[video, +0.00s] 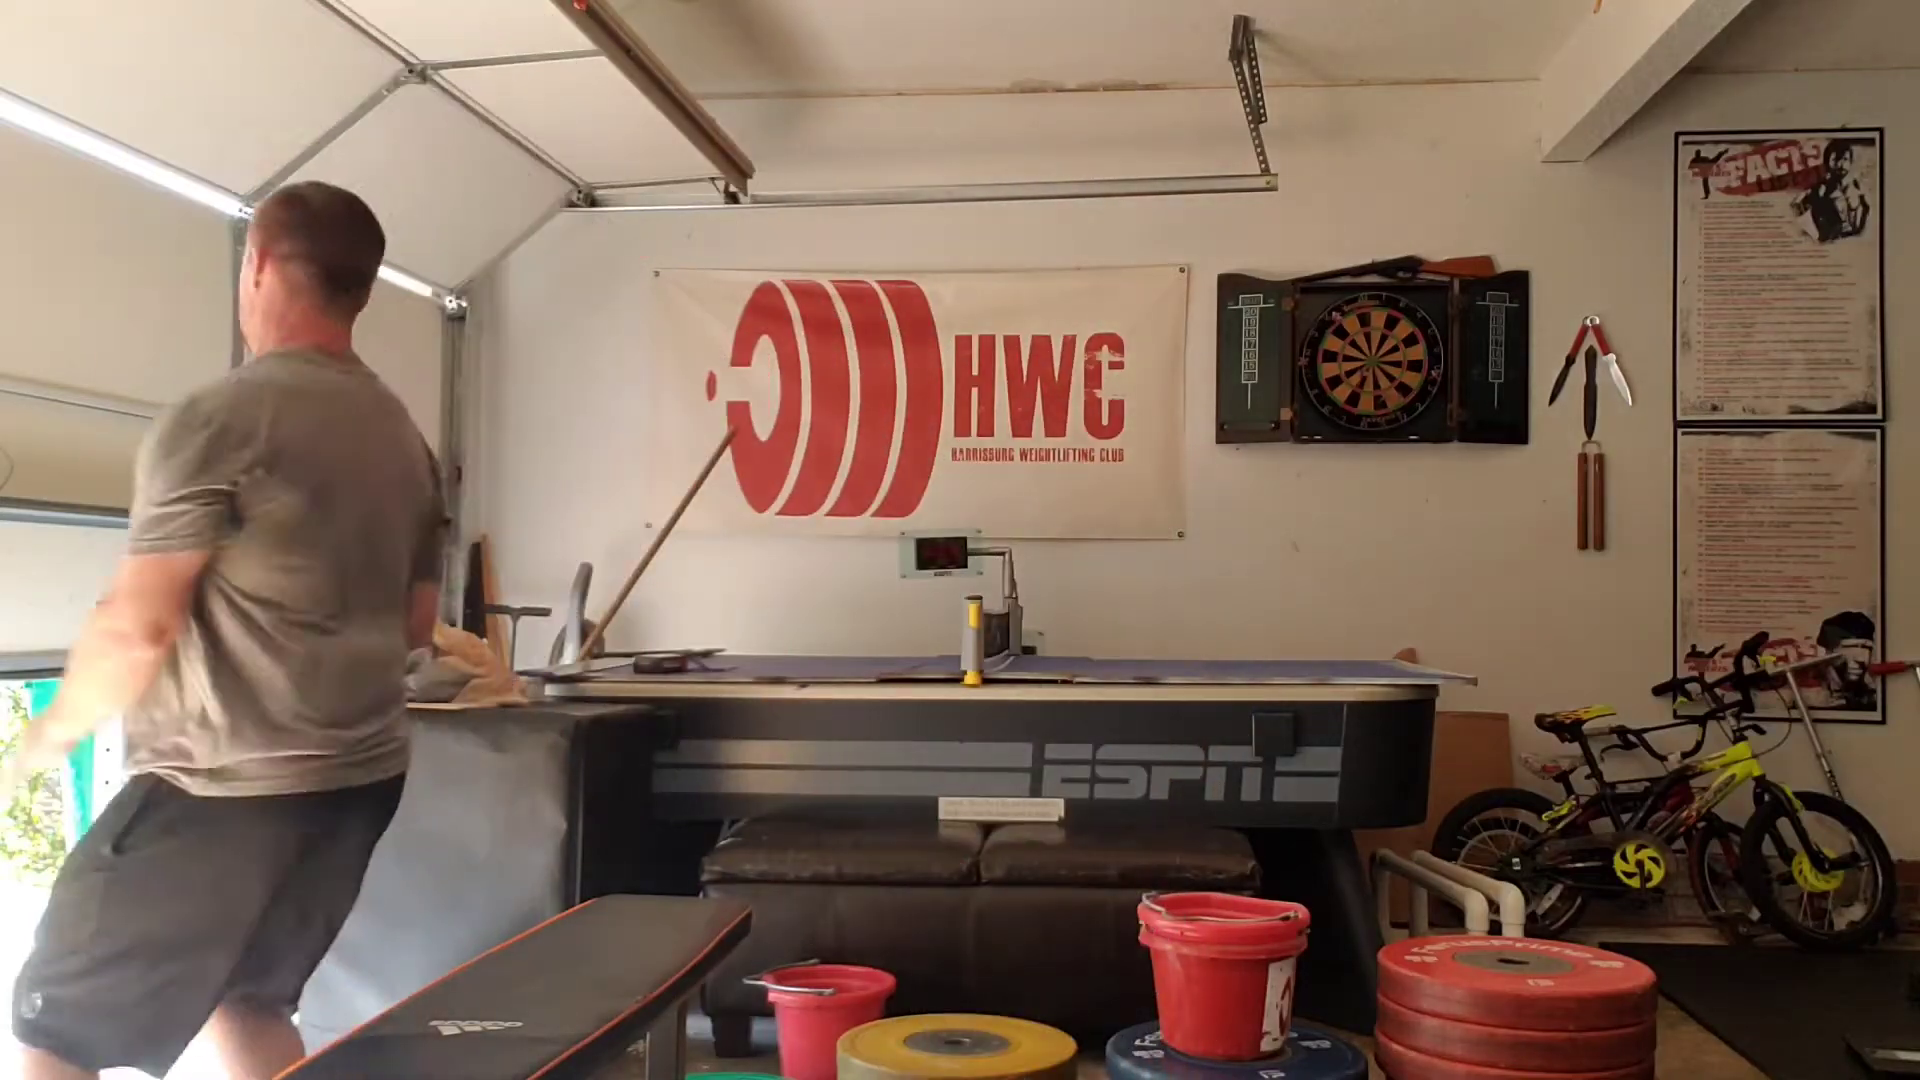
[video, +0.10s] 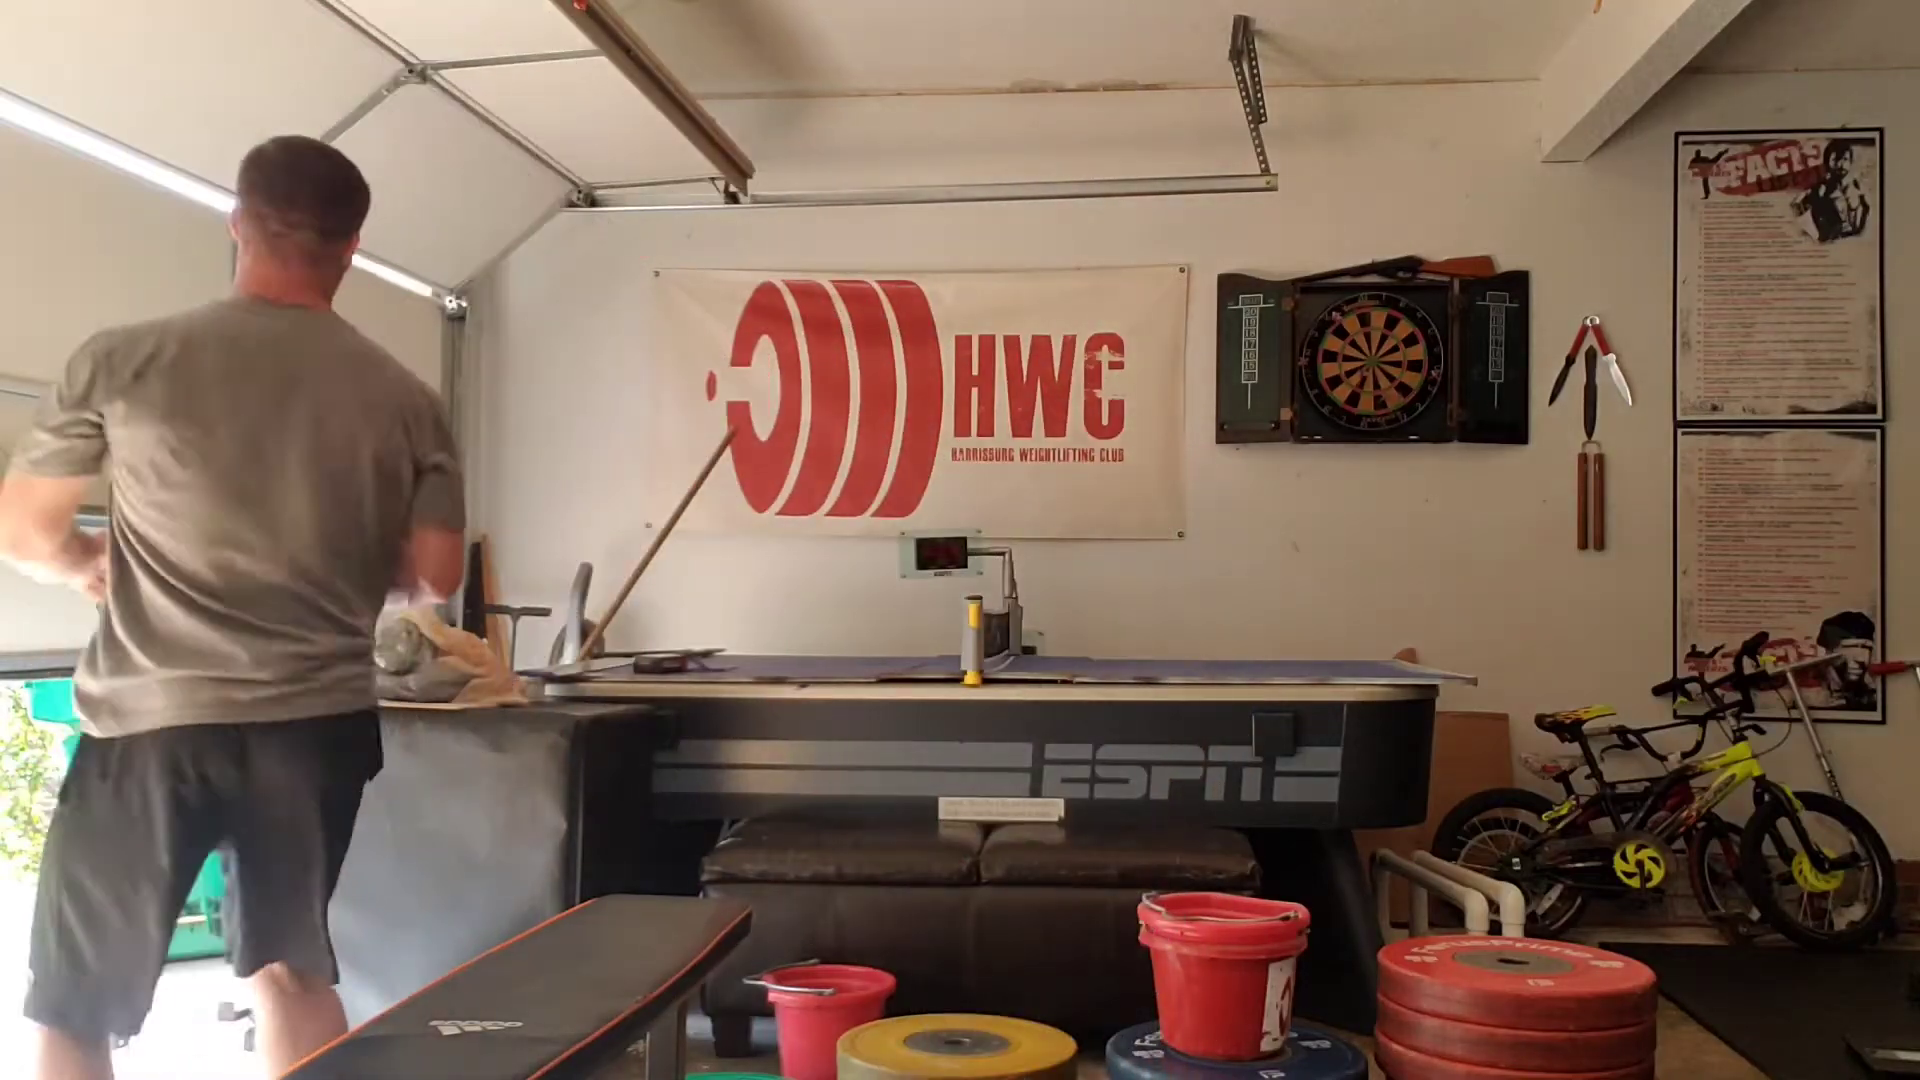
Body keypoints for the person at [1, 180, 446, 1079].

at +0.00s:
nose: (243, 287)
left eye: (246, 266)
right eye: (249, 267)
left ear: (265, 268)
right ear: (362, 289)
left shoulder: (221, 417)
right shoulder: (406, 439)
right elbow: (416, 622)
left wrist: (50, 733)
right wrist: (294, 639)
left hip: (217, 791)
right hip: (360, 780)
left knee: (56, 1041)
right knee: (252, 1005)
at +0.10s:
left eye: (246, 222)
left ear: (237, 226)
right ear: (353, 248)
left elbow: (29, 525)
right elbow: (438, 571)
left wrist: (90, 561)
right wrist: (350, 540)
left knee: (70, 1018)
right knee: (296, 970)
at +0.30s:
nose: (378, 227)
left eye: (378, 204)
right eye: (366, 202)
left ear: (273, 202)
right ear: (303, 201)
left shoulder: (131, 334)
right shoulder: (320, 339)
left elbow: (59, 482)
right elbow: (384, 547)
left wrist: (173, 538)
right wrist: (439, 602)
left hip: (121, 672)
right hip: (245, 672)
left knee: (149, 958)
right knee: (275, 960)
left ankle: (70, 1077)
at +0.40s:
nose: (373, 238)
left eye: (371, 214)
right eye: (358, 210)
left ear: (271, 208)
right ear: (278, 203)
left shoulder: (201, 328)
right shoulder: (266, 333)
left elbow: (203, 543)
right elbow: (316, 546)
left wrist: (322, 625)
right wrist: (439, 632)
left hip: (151, 667)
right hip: (216, 673)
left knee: (171, 980)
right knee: (241, 984)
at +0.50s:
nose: (366, 240)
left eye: (366, 217)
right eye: (347, 215)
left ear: (276, 214)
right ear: (265, 209)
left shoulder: (271, 349)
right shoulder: (225, 337)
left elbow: (267, 544)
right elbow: (222, 528)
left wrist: (393, 618)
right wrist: (381, 618)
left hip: (226, 678)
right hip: (179, 673)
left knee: (237, 972)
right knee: (227, 975)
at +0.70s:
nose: (364, 242)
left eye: (366, 221)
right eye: (346, 216)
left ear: (272, 214)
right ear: (262, 208)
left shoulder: (313, 372)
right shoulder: (186, 331)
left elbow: (350, 531)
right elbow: (113, 502)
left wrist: (452, 624)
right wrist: (249, 636)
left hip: (223, 697)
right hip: (134, 680)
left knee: (201, 964)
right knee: (197, 966)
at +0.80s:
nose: (382, 248)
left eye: (385, 227)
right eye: (363, 221)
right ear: (278, 213)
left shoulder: (331, 373)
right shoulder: (200, 339)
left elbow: (357, 527)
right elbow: (61, 481)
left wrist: (431, 636)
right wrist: (122, 654)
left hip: (234, 719)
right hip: (140, 705)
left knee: (187, 990)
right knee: (166, 993)